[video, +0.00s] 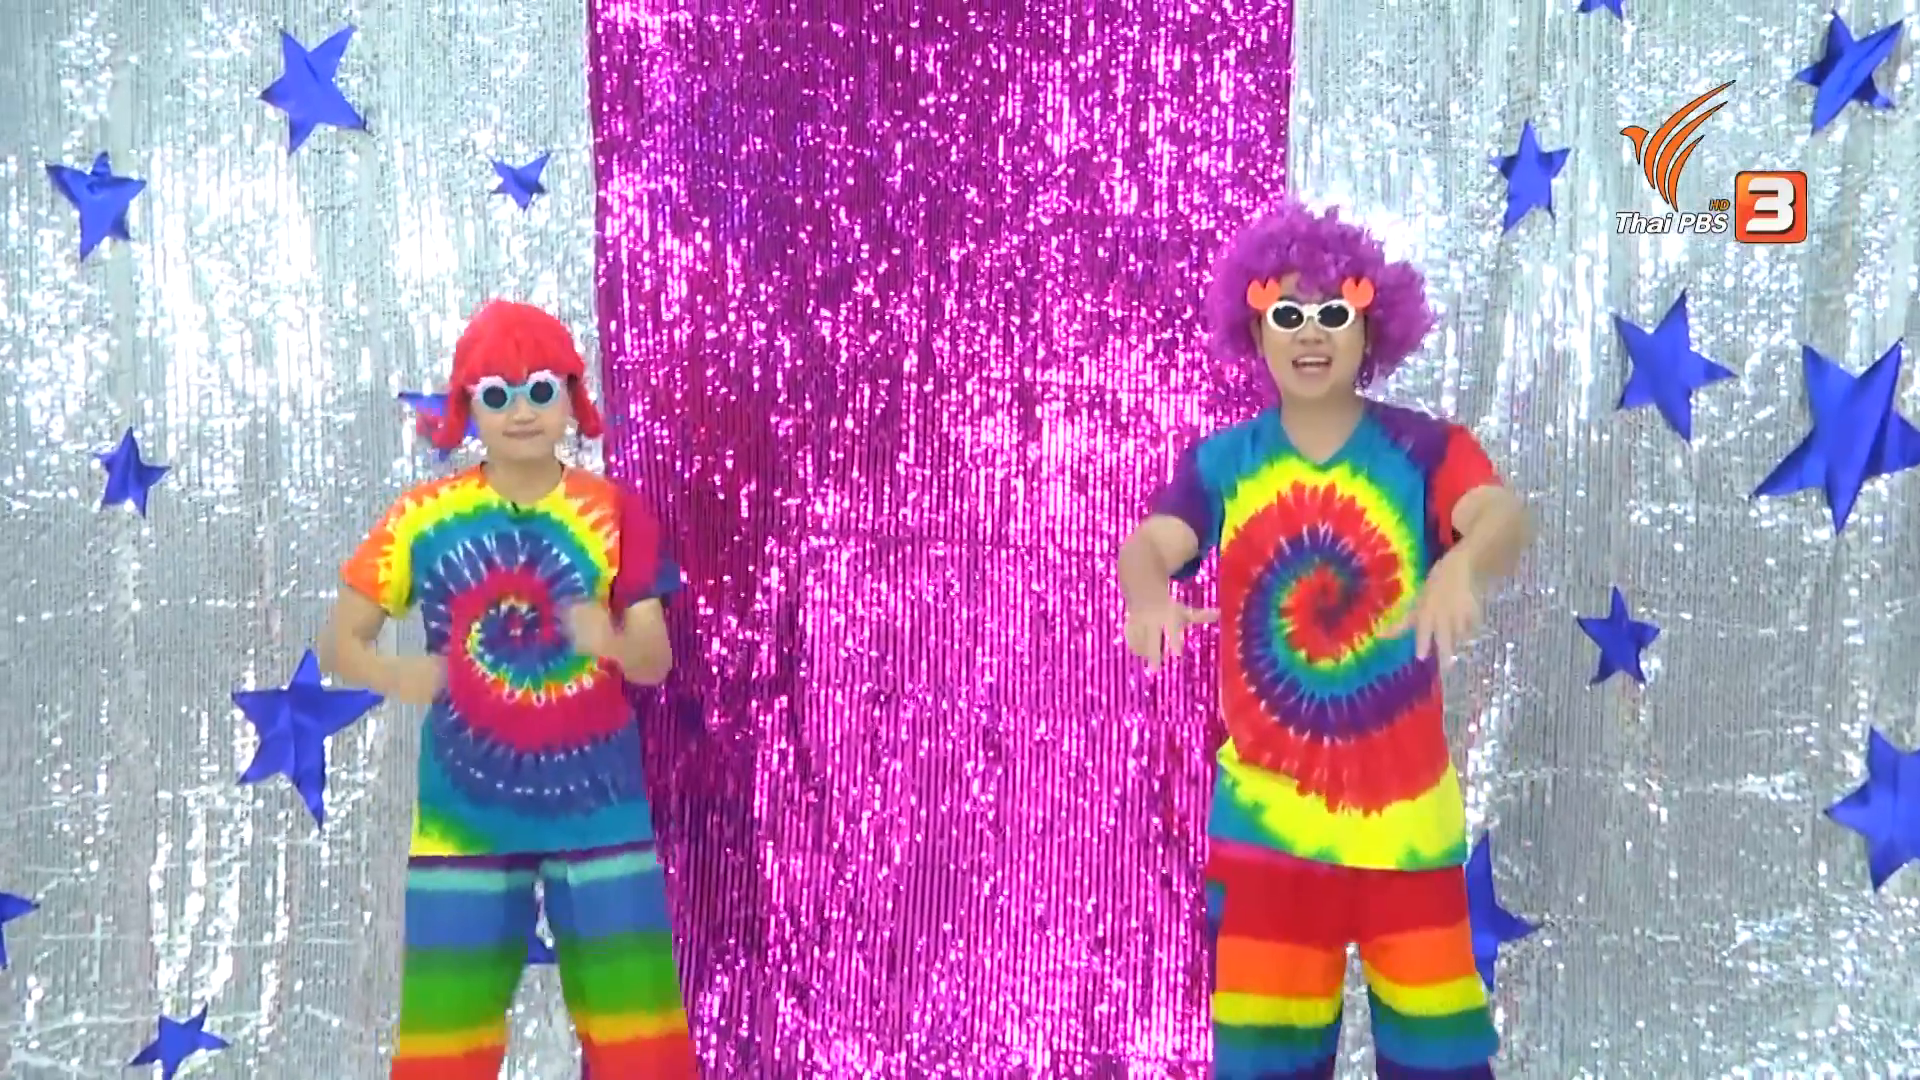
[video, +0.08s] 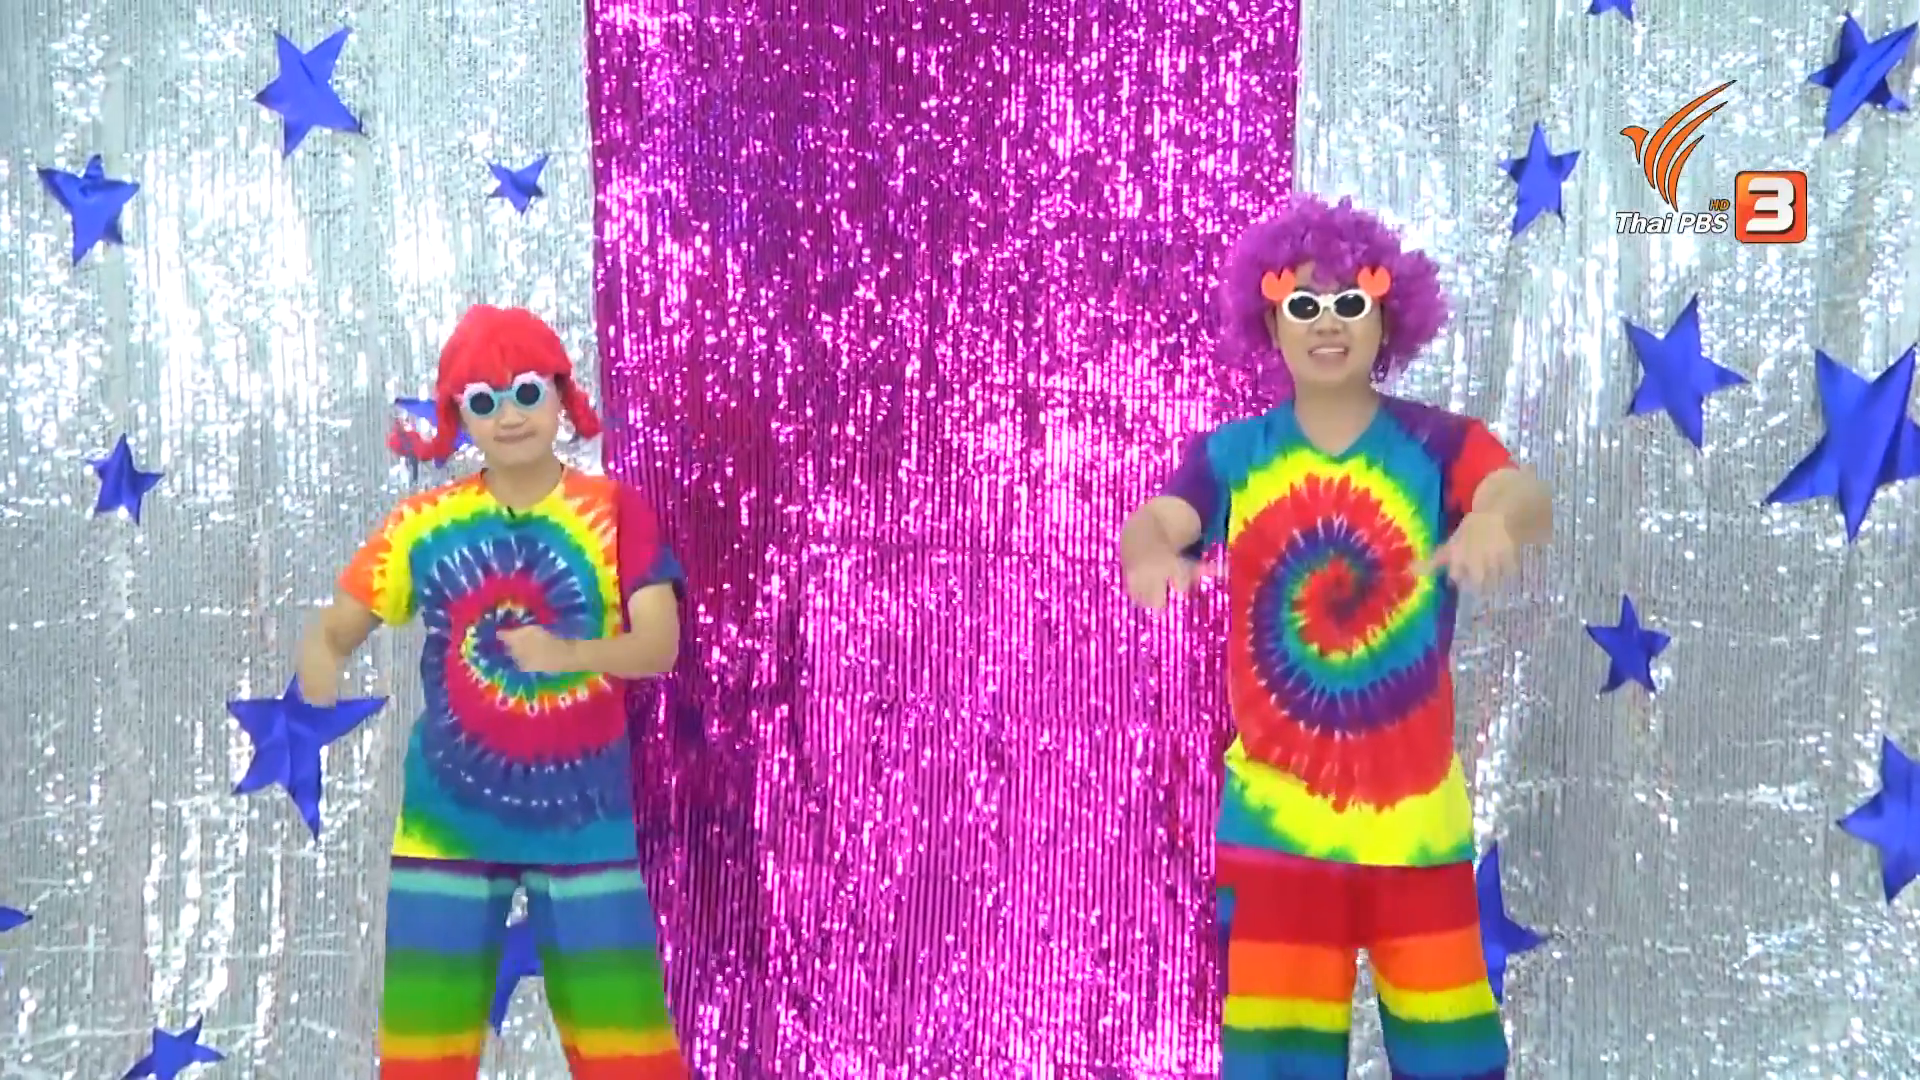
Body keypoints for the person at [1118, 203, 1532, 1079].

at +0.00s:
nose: (1311, 334)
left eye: (1333, 314)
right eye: (1288, 315)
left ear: (1367, 334)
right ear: (1257, 336)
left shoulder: (1428, 449)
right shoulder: (1221, 465)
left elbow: (1505, 517)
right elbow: (1151, 543)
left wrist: (1464, 567)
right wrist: (1146, 591)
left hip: (1410, 824)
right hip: (1269, 828)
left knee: (1442, 1056)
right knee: (1265, 1058)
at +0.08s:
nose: (1328, 322)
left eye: (1350, 302)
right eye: (1304, 305)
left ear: (1384, 324)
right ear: (1271, 329)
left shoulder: (1439, 441)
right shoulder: (1233, 456)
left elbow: (1525, 497)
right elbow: (1156, 523)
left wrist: (1495, 519)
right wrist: (1149, 554)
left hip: (1419, 819)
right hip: (1280, 823)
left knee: (1455, 1053)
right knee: (1278, 1054)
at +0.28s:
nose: (1389, 313)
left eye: (1410, 292)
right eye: (1364, 295)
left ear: (1444, 310)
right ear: (1330, 317)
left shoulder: (1490, 431)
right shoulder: (1291, 433)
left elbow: (1596, 469)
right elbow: (1184, 473)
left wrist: (1571, 404)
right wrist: (1220, 443)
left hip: (1461, 801)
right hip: (1322, 801)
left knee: (1474, 1042)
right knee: (1312, 1040)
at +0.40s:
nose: (1431, 330)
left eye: (1452, 308)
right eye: (1406, 312)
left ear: (1489, 324)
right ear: (1373, 330)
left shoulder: (1529, 452)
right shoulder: (1322, 439)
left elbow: (1633, 535)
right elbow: (1232, 509)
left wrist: (1595, 471)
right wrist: (1304, 497)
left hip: (1482, 816)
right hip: (1345, 812)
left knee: (1486, 1049)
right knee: (1326, 1047)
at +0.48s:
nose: (1454, 349)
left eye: (1475, 326)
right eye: (1428, 330)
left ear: (1514, 341)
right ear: (1395, 349)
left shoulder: (1560, 476)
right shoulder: (1335, 465)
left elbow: (1635, 588)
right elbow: (1263, 560)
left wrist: (1603, 597)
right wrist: (1357, 613)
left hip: (1501, 853)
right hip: (1358, 847)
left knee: (1505, 1061)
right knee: (1324, 1060)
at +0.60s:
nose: (1474, 361)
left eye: (1497, 340)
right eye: (1449, 342)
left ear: (1531, 358)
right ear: (1414, 361)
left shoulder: (1571, 502)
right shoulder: (1349, 492)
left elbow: (1613, 665)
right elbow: (1296, 648)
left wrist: (1596, 816)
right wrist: (1395, 785)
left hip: (1513, 884)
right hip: (1363, 874)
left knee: (1517, 1066)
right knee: (1335, 1066)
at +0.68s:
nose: (1475, 346)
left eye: (1498, 325)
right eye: (1450, 327)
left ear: (1534, 345)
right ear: (1415, 348)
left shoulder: (1576, 501)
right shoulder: (1346, 487)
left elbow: (1602, 684)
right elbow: (1281, 654)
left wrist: (1609, 856)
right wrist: (1387, 800)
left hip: (1515, 885)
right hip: (1362, 875)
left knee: (1518, 1067)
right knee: (1341, 1068)